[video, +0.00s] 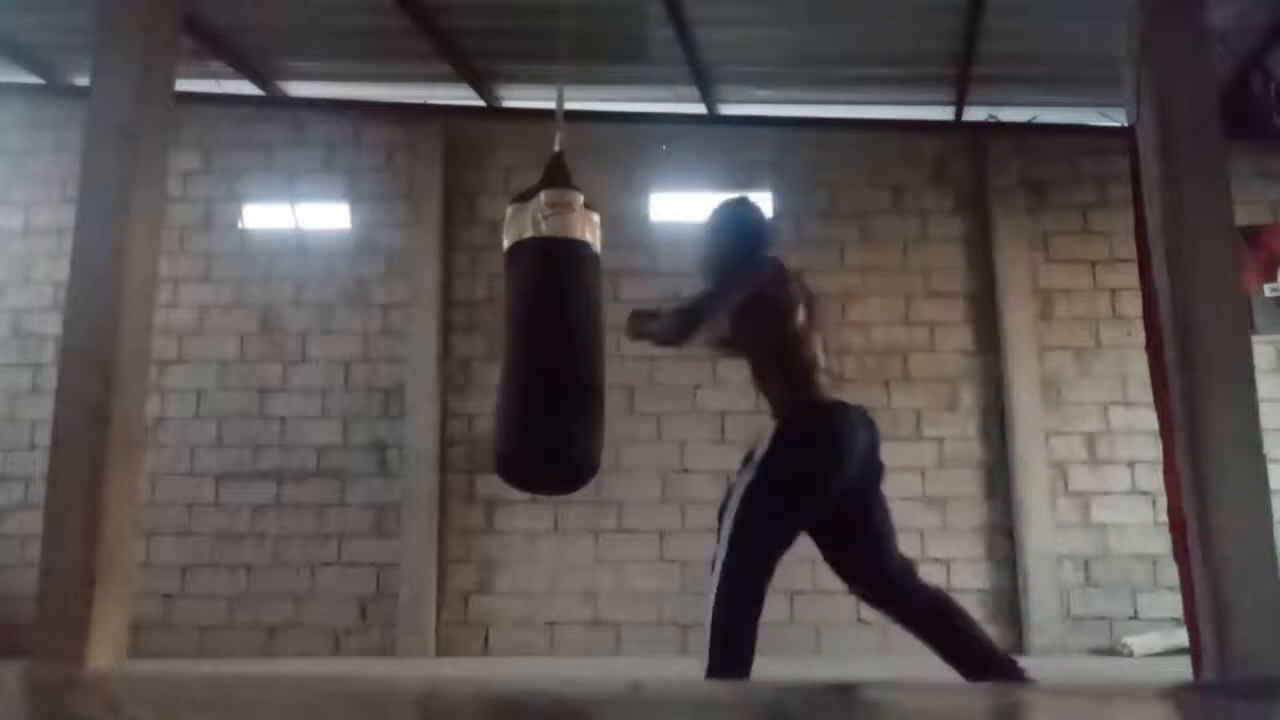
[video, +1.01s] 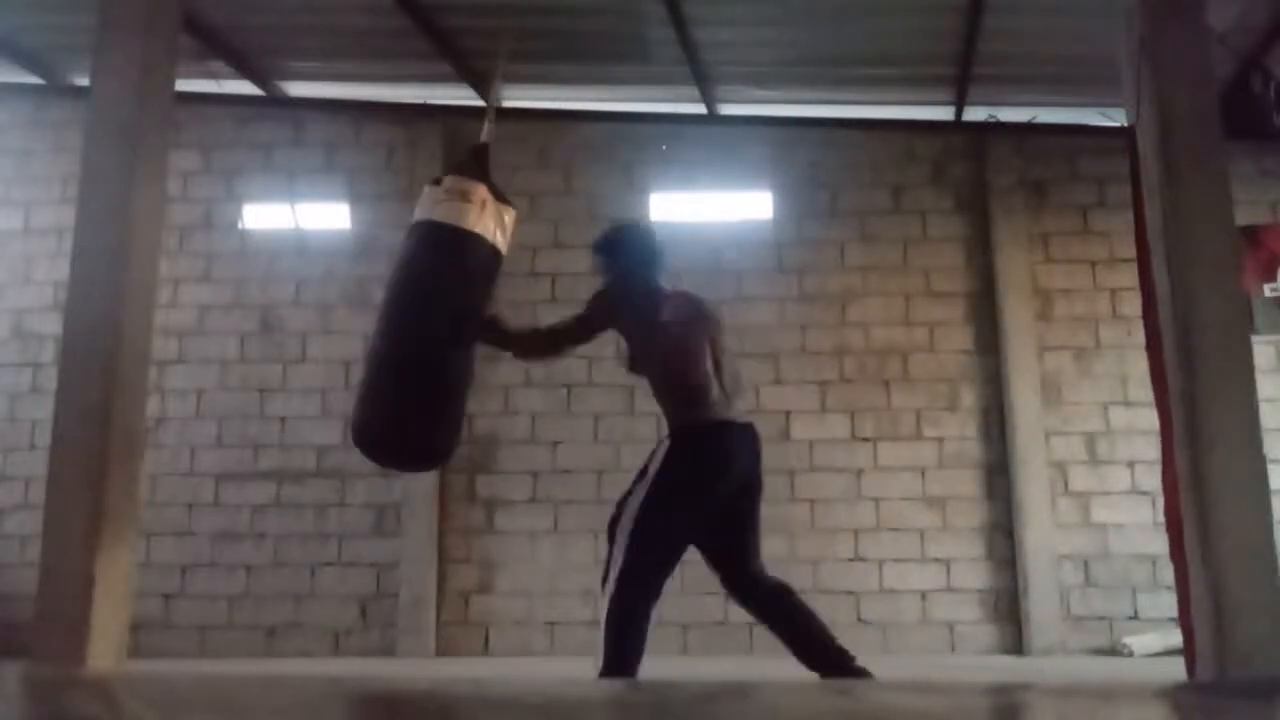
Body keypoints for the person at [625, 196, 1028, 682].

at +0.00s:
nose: (706, 248)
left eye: (712, 237)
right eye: (711, 238)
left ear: (728, 238)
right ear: (757, 234)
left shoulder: (754, 272)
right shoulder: (787, 281)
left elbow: (682, 326)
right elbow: (748, 340)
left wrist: (650, 326)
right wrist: (681, 332)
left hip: (805, 436)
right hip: (845, 430)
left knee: (741, 570)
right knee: (886, 580)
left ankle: (722, 701)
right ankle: (1006, 680)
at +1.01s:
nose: (604, 277)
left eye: (608, 267)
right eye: (605, 267)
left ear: (623, 264)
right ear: (652, 262)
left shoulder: (622, 300)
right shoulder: (694, 306)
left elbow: (544, 344)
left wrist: (487, 331)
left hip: (693, 448)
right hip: (738, 445)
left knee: (635, 569)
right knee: (744, 577)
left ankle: (614, 692)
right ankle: (844, 672)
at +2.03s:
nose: (701, 287)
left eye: (706, 275)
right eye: (700, 276)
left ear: (728, 274)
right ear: (747, 272)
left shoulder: (755, 315)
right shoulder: (787, 317)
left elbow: (754, 380)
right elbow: (798, 385)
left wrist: (707, 354)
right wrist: (726, 343)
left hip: (786, 456)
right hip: (825, 453)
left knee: (719, 573)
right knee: (833, 581)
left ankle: (766, 687)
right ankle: (911, 682)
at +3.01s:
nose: (806, 318)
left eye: (810, 308)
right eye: (803, 309)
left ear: (834, 308)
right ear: (825, 310)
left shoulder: (869, 340)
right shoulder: (845, 356)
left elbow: (882, 396)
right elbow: (829, 424)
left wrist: (823, 356)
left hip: (892, 472)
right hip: (907, 472)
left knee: (847, 579)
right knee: (884, 585)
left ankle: (918, 669)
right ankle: (933, 670)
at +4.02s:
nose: (716, 303)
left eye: (724, 293)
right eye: (716, 293)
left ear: (746, 296)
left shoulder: (787, 332)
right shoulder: (741, 348)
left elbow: (792, 397)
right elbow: (735, 416)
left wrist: (739, 359)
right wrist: (706, 366)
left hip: (809, 462)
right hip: (816, 464)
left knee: (752, 568)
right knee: (831, 585)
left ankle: (751, 686)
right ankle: (909, 675)